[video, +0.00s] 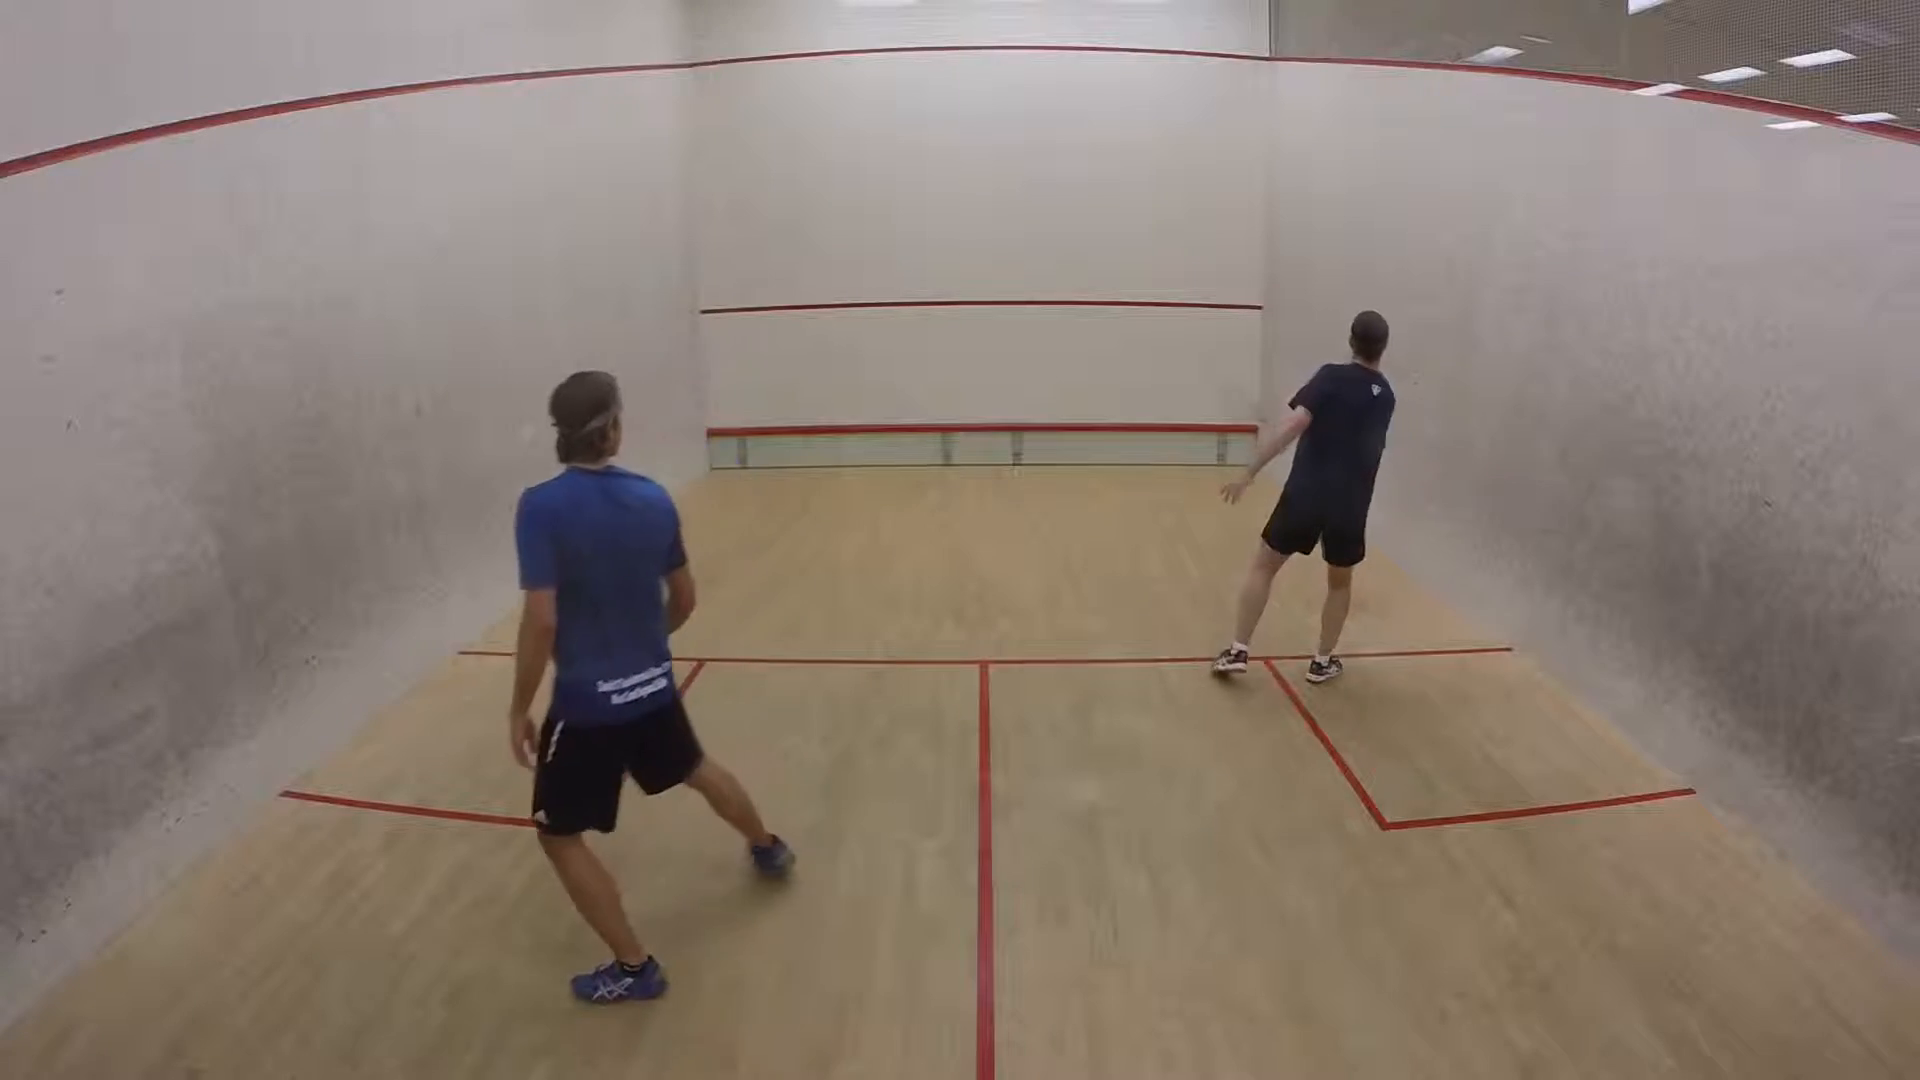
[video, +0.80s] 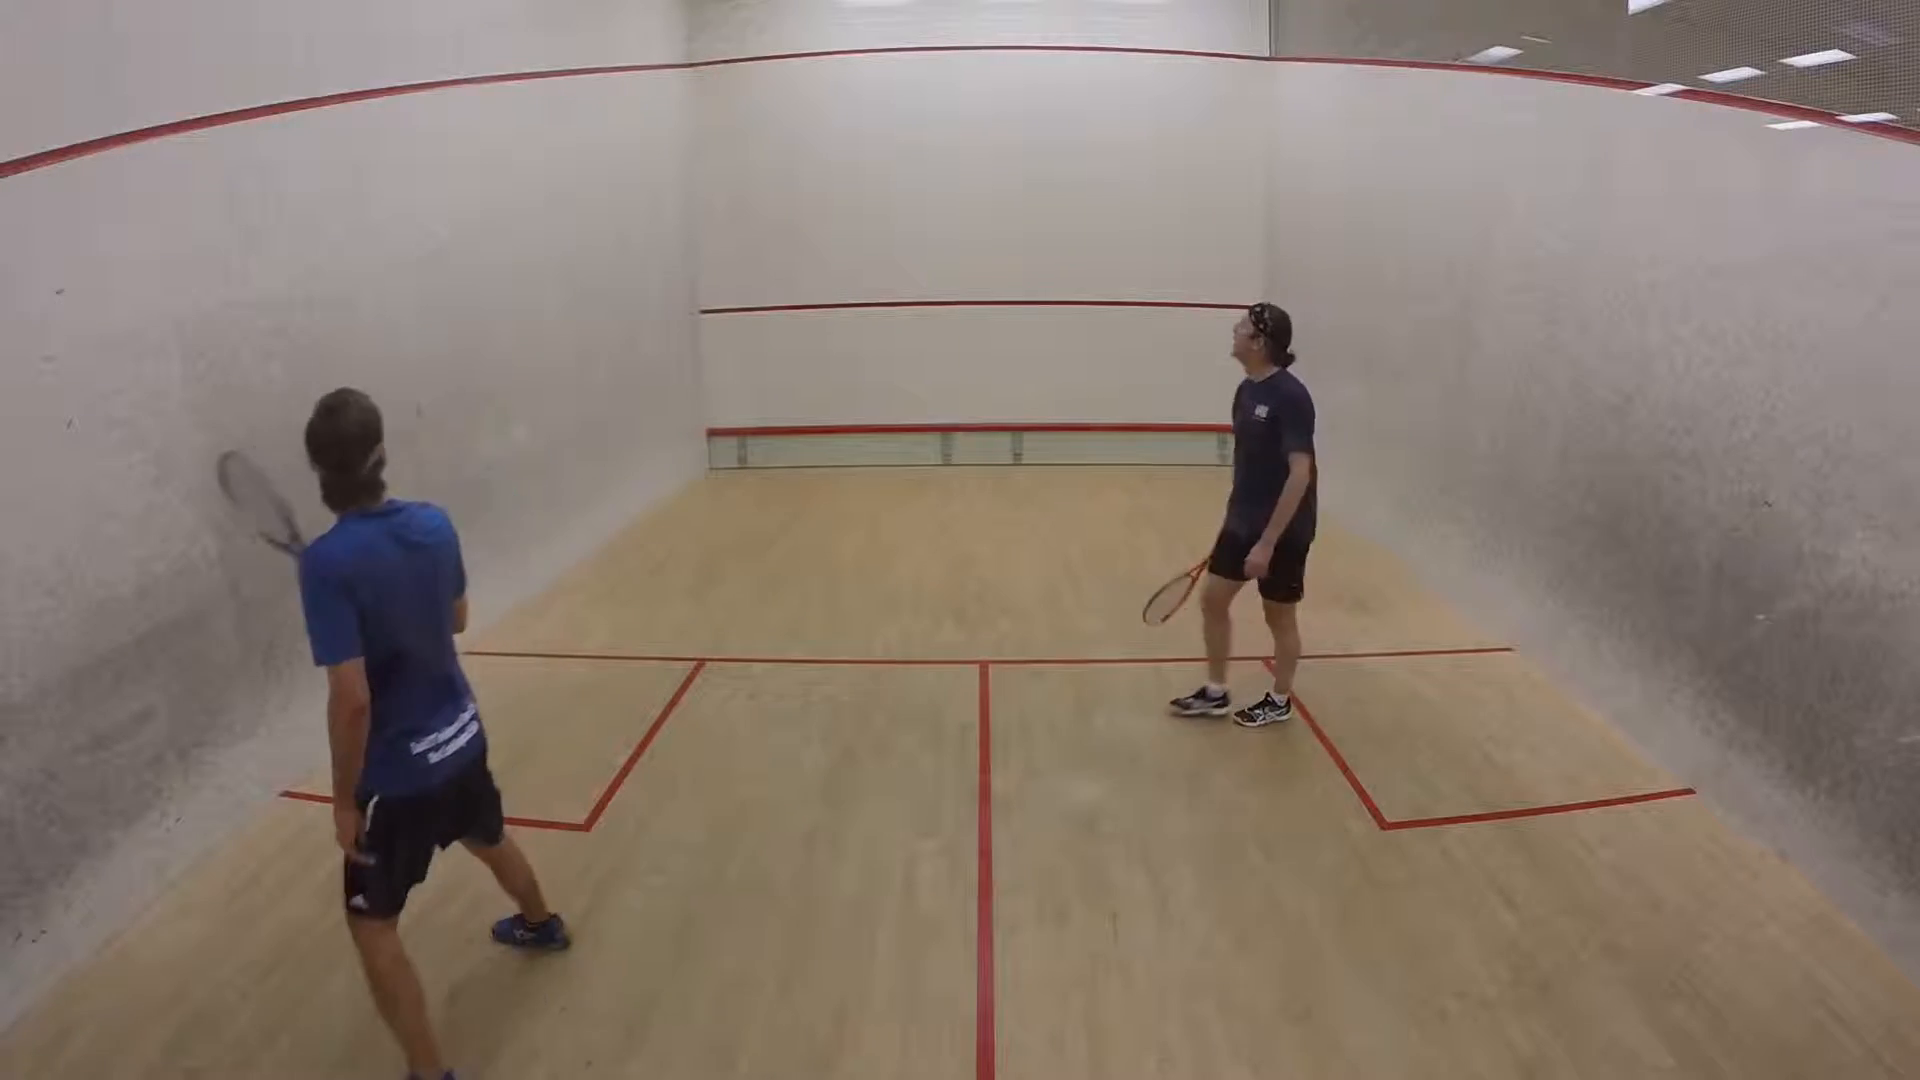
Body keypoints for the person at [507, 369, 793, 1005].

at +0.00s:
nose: (623, 427)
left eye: (614, 418)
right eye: (620, 419)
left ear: (557, 431)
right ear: (612, 429)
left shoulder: (540, 506)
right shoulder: (650, 497)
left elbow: (541, 622)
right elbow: (683, 600)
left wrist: (520, 710)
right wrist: (647, 637)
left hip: (587, 711)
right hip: (655, 692)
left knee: (559, 833)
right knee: (697, 767)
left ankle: (634, 967)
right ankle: (768, 848)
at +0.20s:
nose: (549, 416)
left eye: (540, 409)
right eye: (548, 408)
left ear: (483, 424)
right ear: (546, 418)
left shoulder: (475, 507)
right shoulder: (592, 490)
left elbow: (467, 629)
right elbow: (627, 594)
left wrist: (441, 719)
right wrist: (587, 631)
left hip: (541, 713)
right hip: (601, 686)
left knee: (560, 847)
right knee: (602, 778)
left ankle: (635, 966)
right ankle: (666, 874)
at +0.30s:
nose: (520, 415)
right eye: (518, 408)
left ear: (452, 426)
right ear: (516, 419)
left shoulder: (443, 511)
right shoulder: (564, 489)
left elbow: (432, 637)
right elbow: (601, 592)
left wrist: (404, 721)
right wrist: (552, 617)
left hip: (522, 716)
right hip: (579, 689)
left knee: (558, 849)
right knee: (564, 802)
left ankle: (635, 964)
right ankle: (598, 904)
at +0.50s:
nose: (471, 428)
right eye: (468, 422)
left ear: (405, 441)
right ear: (467, 433)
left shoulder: (397, 528)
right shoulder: (512, 501)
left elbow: (389, 652)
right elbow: (546, 597)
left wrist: (360, 732)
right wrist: (480, 606)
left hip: (473, 732)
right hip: (531, 705)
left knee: (472, 866)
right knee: (521, 825)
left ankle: (599, 952)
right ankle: (540, 921)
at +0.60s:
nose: (436, 430)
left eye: (381, 428)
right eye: (436, 421)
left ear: (376, 437)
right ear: (441, 431)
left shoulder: (375, 528)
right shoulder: (486, 502)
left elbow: (377, 658)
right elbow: (516, 594)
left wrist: (354, 738)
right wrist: (447, 608)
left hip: (451, 736)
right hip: (513, 709)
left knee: (409, 868)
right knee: (512, 820)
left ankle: (539, 959)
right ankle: (545, 920)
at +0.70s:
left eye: (354, 439)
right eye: (409, 430)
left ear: (348, 447)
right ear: (413, 440)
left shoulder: (352, 542)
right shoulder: (460, 507)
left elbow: (367, 671)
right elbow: (485, 601)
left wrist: (350, 764)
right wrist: (417, 602)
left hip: (426, 752)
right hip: (490, 724)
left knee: (376, 889)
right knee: (502, 825)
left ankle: (478, 1020)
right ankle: (543, 919)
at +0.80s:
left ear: (313, 464)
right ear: (380, 453)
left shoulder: (325, 564)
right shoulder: (431, 524)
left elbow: (353, 701)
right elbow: (456, 618)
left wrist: (346, 801)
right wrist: (368, 577)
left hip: (400, 778)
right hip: (464, 744)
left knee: (372, 922)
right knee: (488, 837)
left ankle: (428, 1069)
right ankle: (543, 921)